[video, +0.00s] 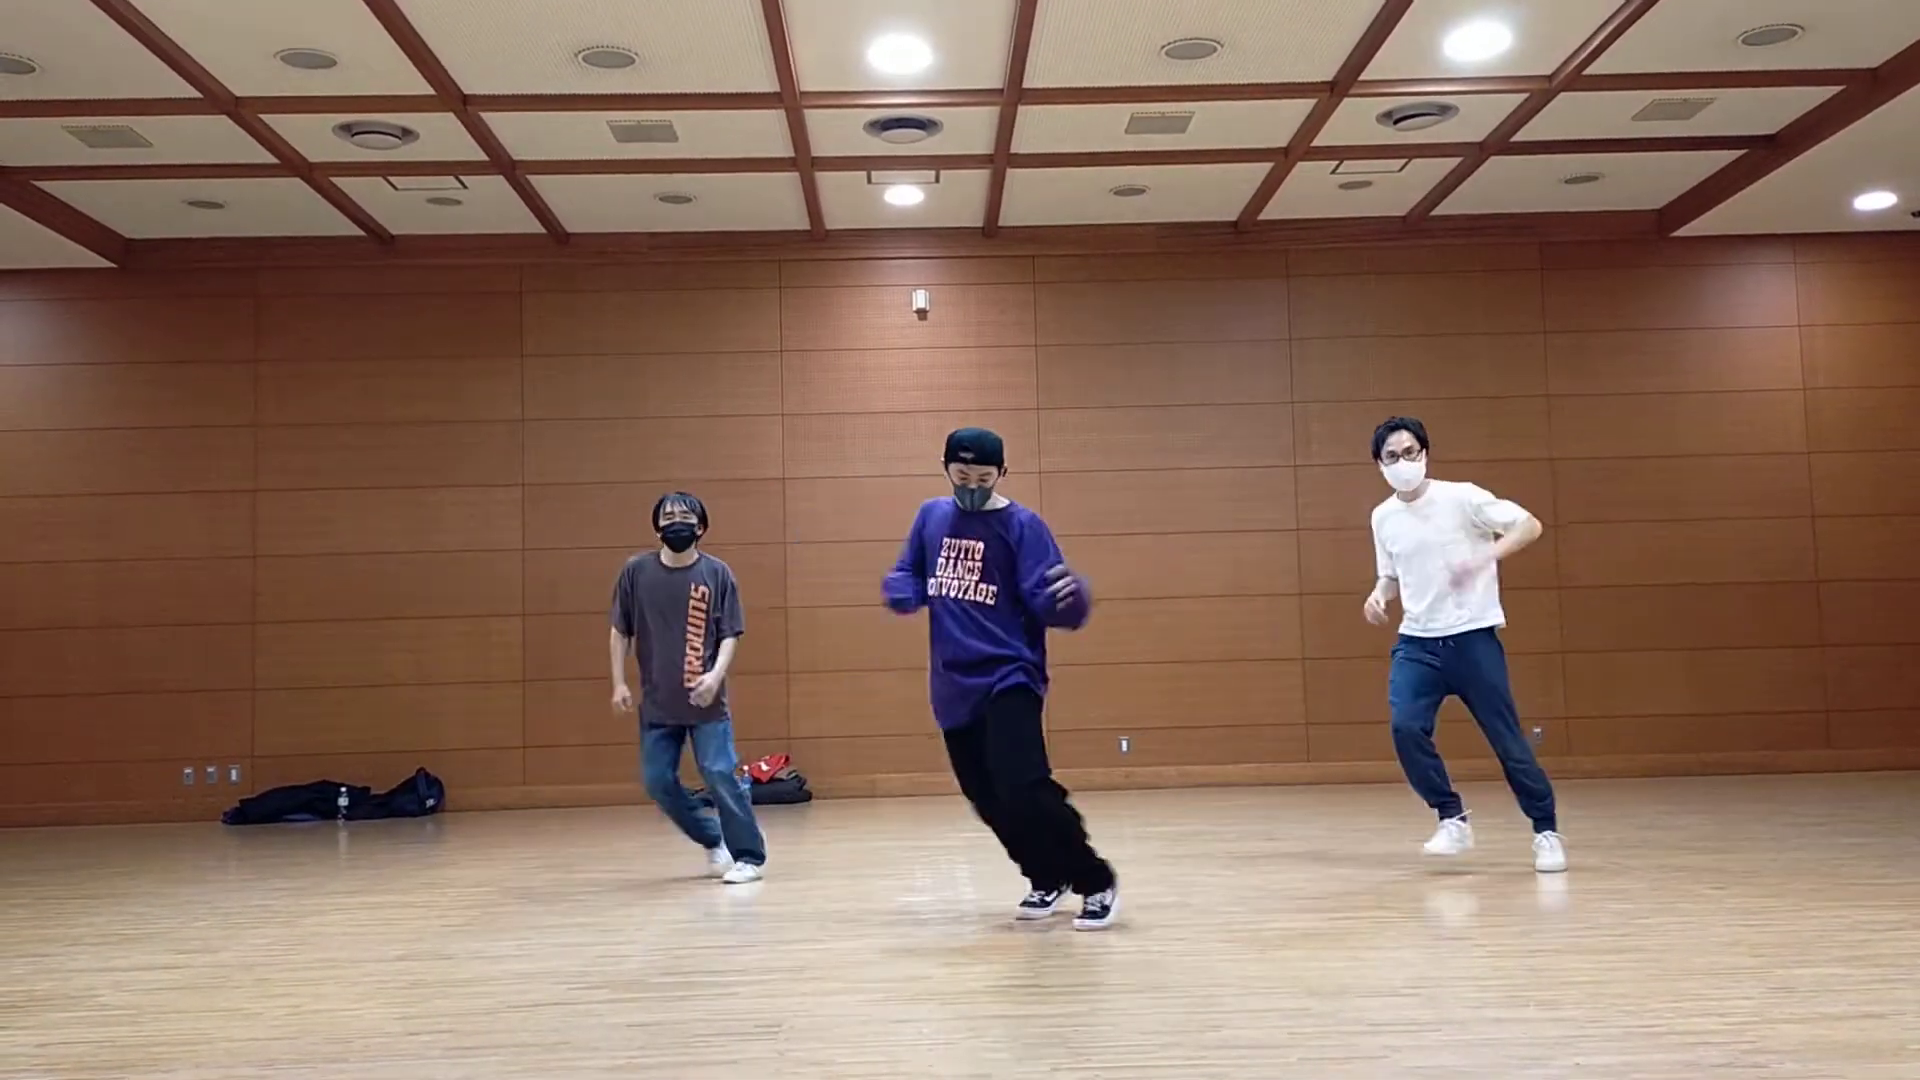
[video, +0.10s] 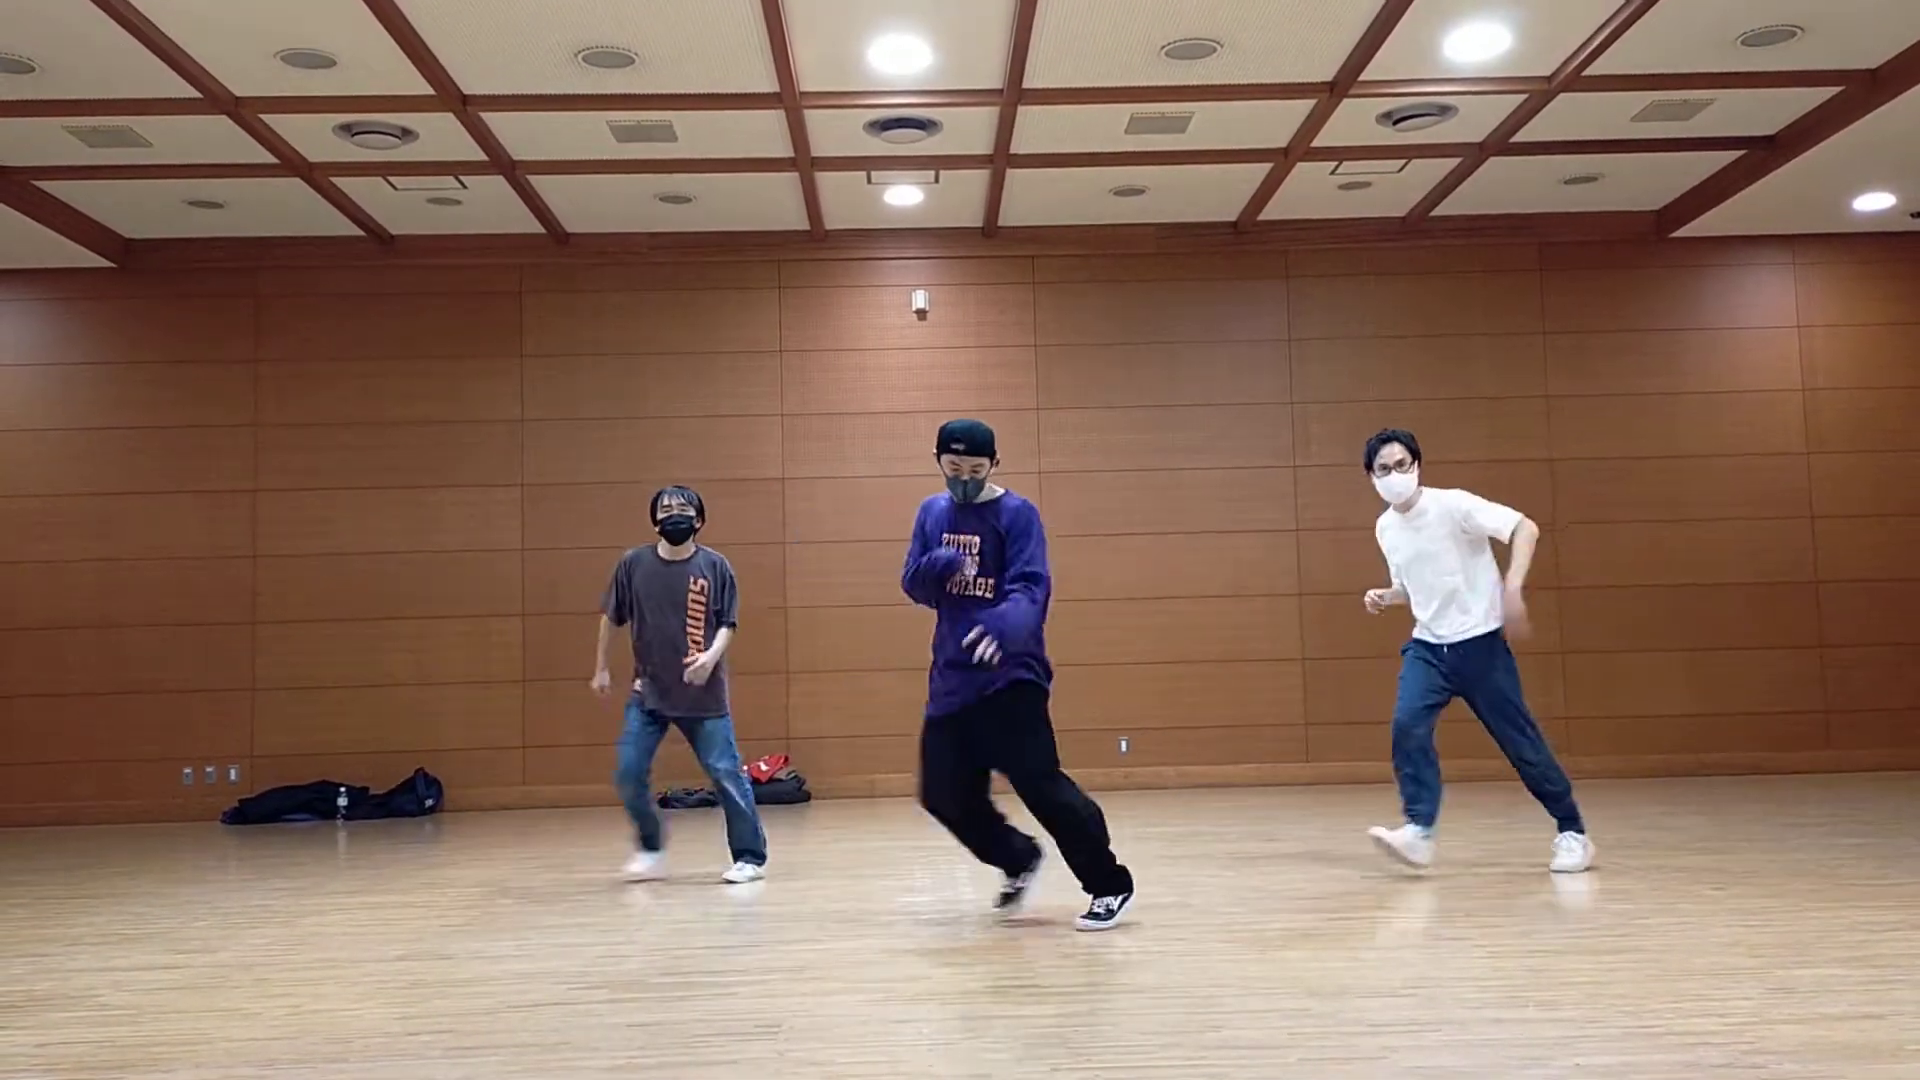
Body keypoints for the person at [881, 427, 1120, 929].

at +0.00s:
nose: (971, 482)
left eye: (982, 473)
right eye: (962, 472)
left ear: (998, 474)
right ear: (948, 471)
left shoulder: (1022, 527)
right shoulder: (931, 518)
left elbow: (1051, 602)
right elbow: (905, 577)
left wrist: (1071, 598)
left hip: (1009, 677)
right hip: (953, 684)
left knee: (1021, 786)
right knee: (986, 797)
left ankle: (1097, 882)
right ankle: (1046, 877)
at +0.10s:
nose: (962, 475)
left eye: (972, 466)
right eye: (952, 465)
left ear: (991, 466)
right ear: (940, 465)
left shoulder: (1017, 514)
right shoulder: (933, 513)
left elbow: (1031, 589)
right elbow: (917, 587)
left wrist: (1002, 626)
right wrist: (939, 564)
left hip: (1011, 672)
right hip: (953, 676)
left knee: (1039, 783)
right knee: (944, 794)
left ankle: (1110, 885)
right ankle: (1020, 857)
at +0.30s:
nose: (921, 463)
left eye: (932, 455)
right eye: (913, 454)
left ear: (950, 457)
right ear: (901, 455)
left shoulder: (976, 505)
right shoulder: (895, 500)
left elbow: (1007, 582)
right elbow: (880, 551)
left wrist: (1025, 653)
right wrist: (936, 558)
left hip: (982, 679)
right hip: (924, 680)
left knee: (1023, 784)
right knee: (884, 781)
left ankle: (1101, 879)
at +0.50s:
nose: (884, 451)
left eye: (894, 443)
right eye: (874, 442)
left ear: (911, 448)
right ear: (859, 447)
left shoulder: (951, 497)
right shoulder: (848, 508)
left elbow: (1020, 520)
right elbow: (819, 581)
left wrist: (1088, 530)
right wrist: (807, 646)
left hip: (933, 656)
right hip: (869, 658)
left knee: (905, 774)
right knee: (847, 783)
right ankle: (831, 892)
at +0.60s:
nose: (874, 443)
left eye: (884, 434)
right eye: (864, 434)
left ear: (902, 438)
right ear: (851, 440)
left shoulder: (947, 485)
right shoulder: (841, 505)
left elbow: (1018, 494)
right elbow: (807, 575)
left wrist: (1084, 477)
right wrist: (806, 636)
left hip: (930, 650)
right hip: (864, 649)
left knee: (891, 770)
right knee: (850, 766)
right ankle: (825, 882)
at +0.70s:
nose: (875, 450)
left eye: (885, 442)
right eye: (866, 443)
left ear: (904, 446)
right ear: (853, 449)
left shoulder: (948, 496)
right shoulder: (844, 508)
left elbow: (1012, 506)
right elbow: (826, 577)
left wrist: (1063, 469)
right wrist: (837, 637)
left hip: (921, 661)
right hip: (854, 658)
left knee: (886, 777)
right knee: (843, 763)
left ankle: (855, 874)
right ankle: (848, 880)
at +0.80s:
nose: (882, 470)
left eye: (892, 461)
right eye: (872, 462)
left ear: (911, 462)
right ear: (858, 466)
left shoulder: (951, 518)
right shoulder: (852, 516)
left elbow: (1016, 538)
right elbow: (847, 586)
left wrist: (1048, 482)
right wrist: (848, 642)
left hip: (920, 674)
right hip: (853, 664)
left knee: (881, 784)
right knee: (854, 777)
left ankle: (851, 878)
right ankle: (889, 893)